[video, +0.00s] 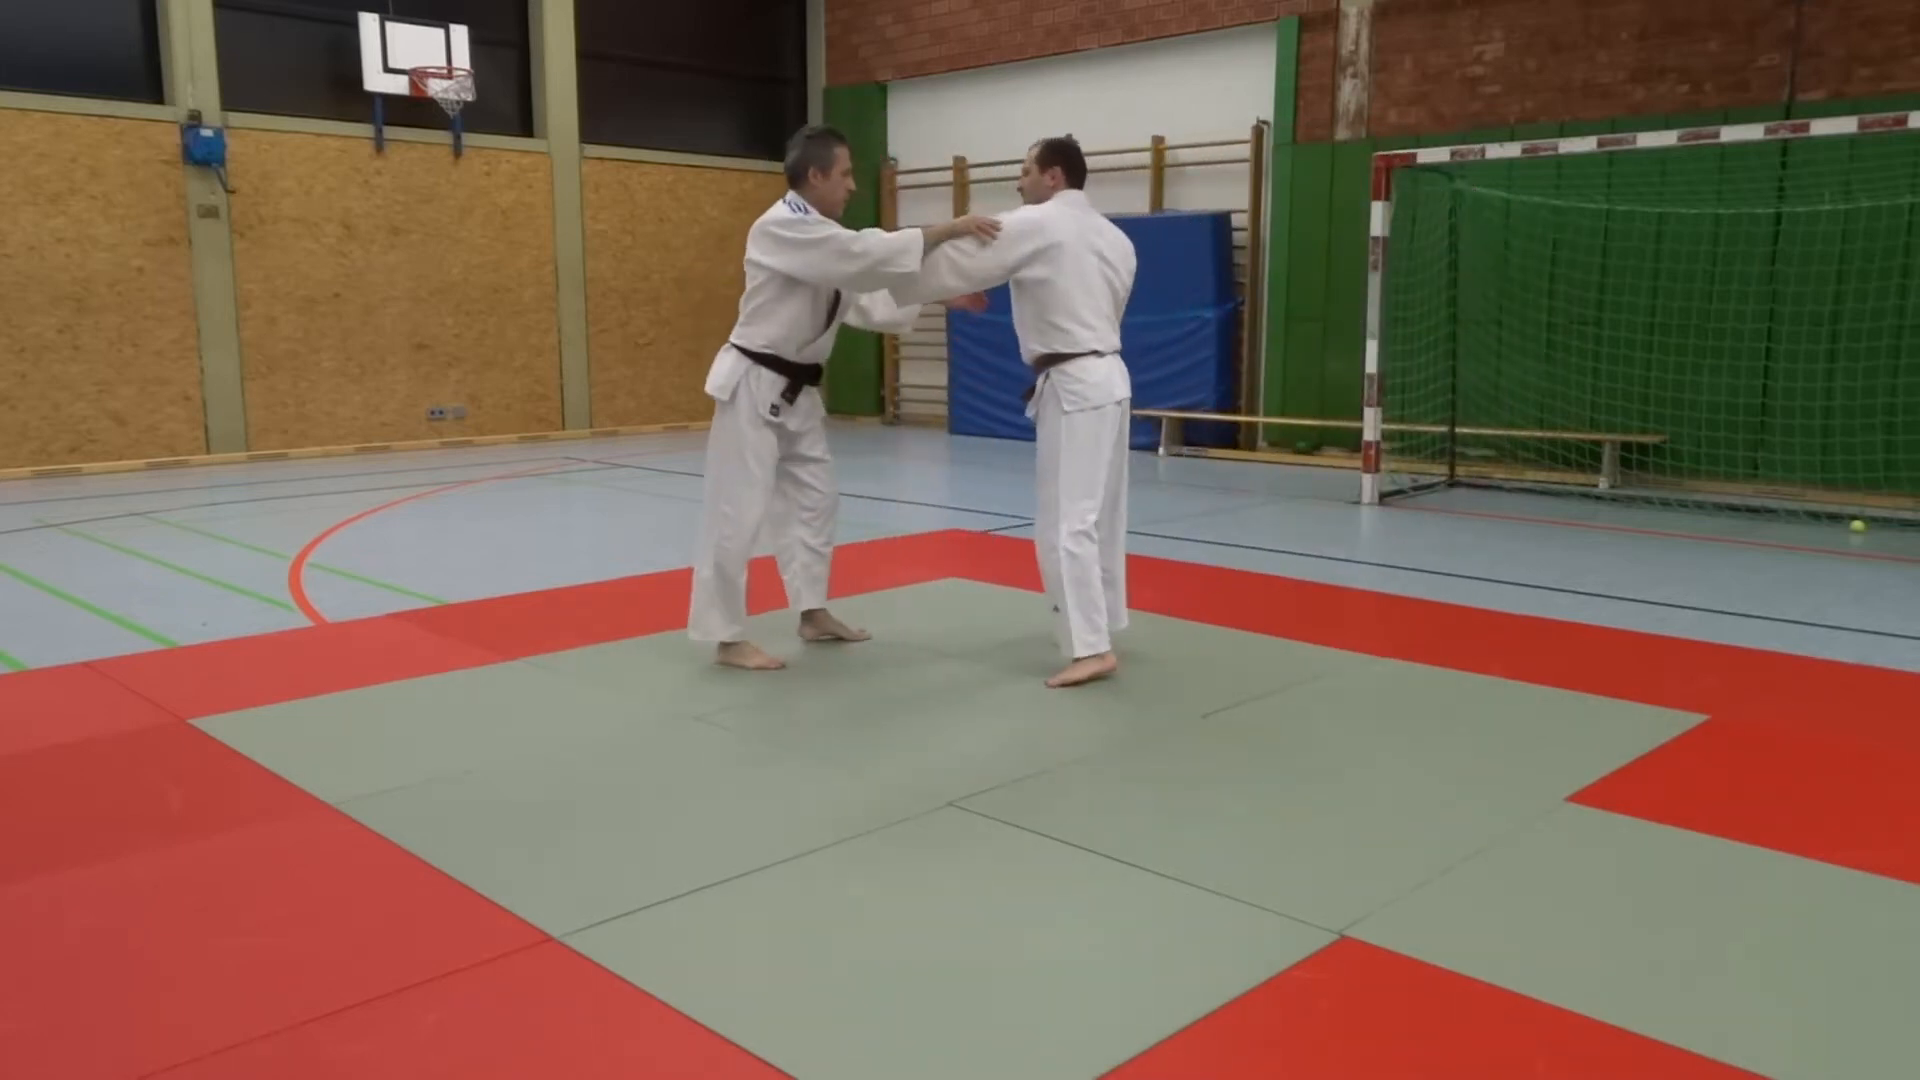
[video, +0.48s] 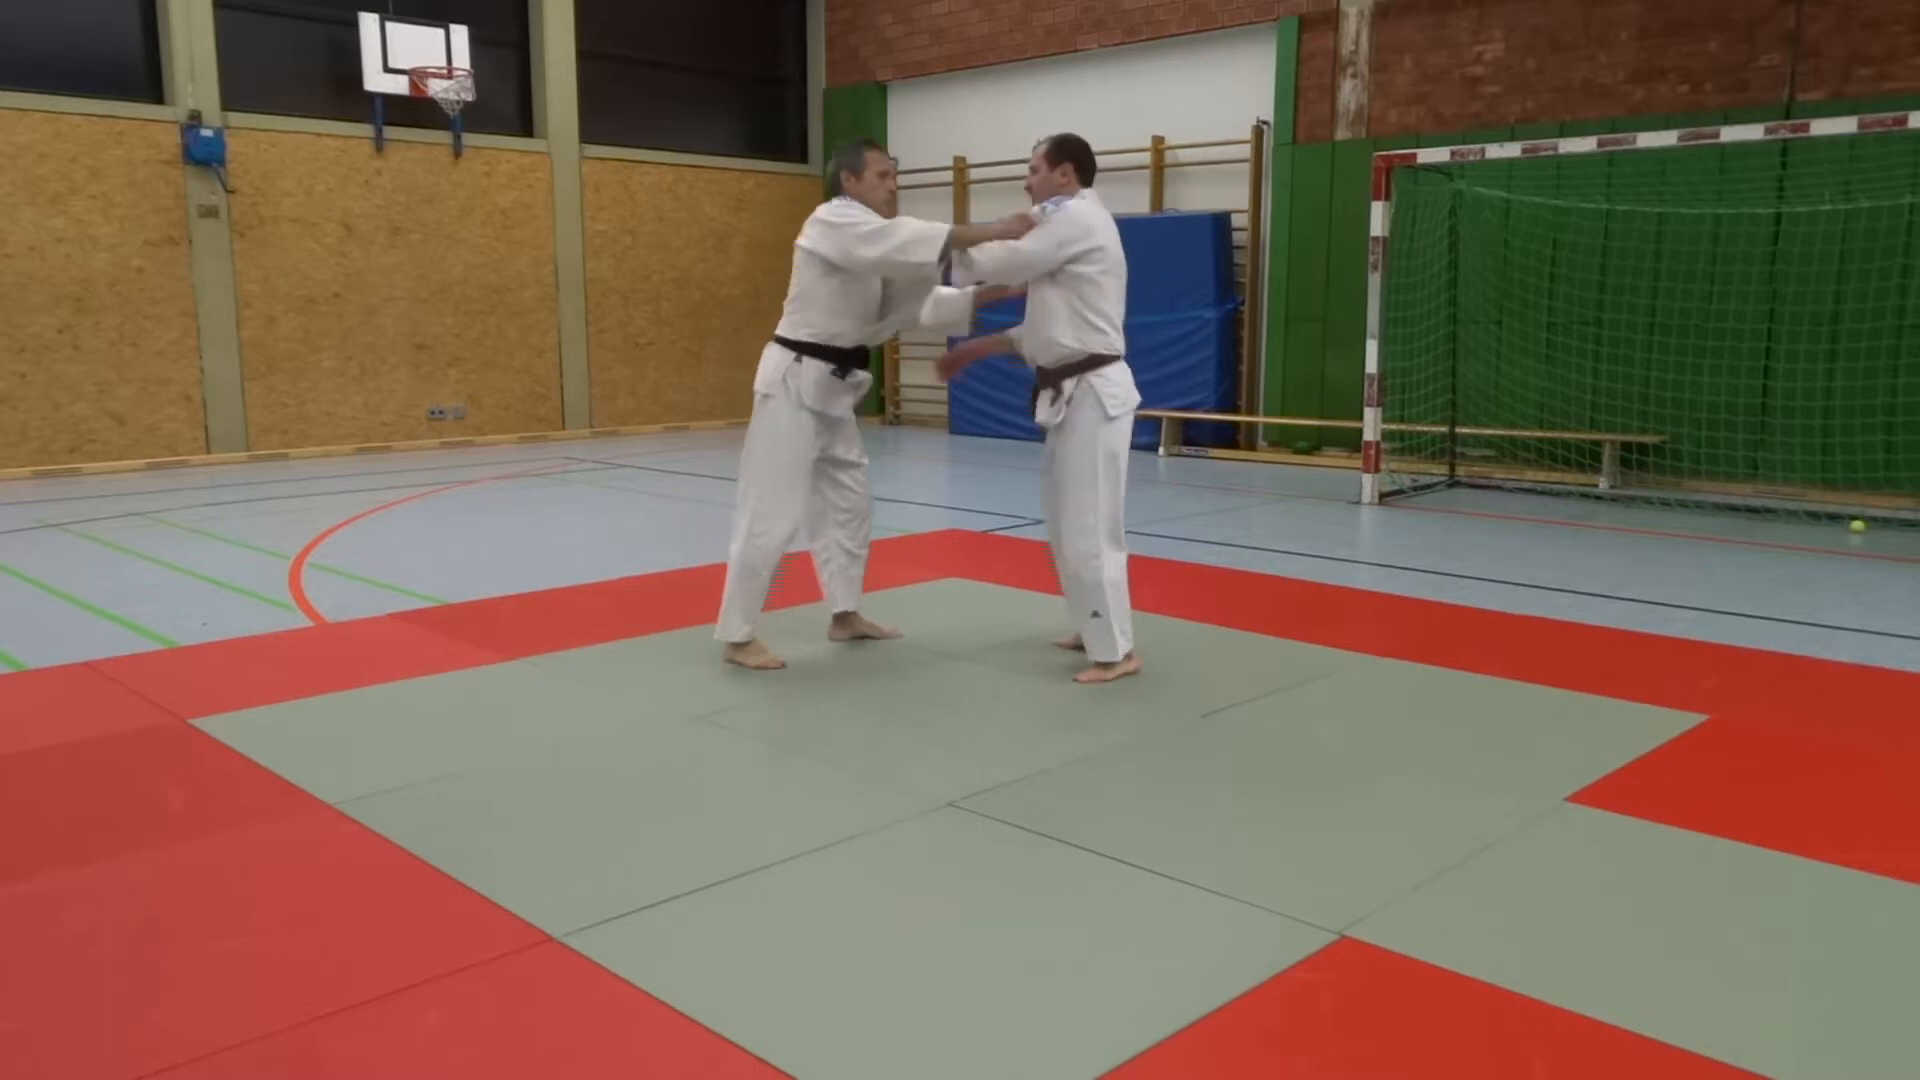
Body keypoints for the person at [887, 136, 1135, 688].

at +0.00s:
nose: (1020, 182)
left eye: (1027, 172)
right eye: (1022, 172)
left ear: (1055, 175)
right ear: (1070, 177)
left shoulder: (1036, 222)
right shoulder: (1116, 239)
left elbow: (955, 264)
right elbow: (1102, 317)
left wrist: (877, 276)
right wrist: (1051, 368)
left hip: (1073, 386)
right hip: (1113, 380)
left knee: (1067, 521)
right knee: (1105, 514)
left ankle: (1091, 650)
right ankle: (1108, 624)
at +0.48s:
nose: (1027, 179)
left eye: (1034, 170)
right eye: (1029, 170)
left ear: (1066, 174)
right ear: (1067, 176)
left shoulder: (1079, 218)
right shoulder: (1072, 224)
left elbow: (1012, 260)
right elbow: (1050, 328)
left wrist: (946, 252)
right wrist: (975, 349)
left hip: (1094, 393)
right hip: (1070, 393)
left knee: (1087, 525)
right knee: (1065, 520)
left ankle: (1115, 651)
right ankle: (1095, 628)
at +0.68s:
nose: (998, 192)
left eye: (1010, 184)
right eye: (997, 182)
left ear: (1044, 192)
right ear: (1000, 190)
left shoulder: (1075, 238)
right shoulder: (998, 253)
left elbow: (1028, 299)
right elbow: (971, 342)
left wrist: (962, 292)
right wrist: (895, 354)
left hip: (1082, 401)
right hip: (1024, 405)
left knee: (1107, 531)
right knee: (1000, 533)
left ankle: (1131, 653)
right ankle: (1041, 591)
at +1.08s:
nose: (971, 199)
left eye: (983, 190)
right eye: (965, 189)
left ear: (1012, 197)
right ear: (959, 195)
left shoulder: (1044, 251)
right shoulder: (946, 252)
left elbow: (1028, 312)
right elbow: (920, 306)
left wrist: (961, 295)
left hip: (1034, 403)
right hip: (972, 404)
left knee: (1062, 529)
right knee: (953, 539)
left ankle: (1103, 645)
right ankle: (966, 630)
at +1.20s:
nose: (968, 195)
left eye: (979, 185)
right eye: (963, 185)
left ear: (1013, 189)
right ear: (959, 188)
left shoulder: (1040, 245)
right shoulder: (951, 232)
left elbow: (1003, 308)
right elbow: (906, 272)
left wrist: (944, 281)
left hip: (1031, 400)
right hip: (971, 397)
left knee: (1062, 525)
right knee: (955, 527)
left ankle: (1099, 641)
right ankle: (966, 629)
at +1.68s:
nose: (995, 184)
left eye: (1007, 175)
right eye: (994, 174)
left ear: (1041, 183)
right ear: (998, 180)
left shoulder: (1049, 243)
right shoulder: (996, 233)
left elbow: (972, 289)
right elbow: (950, 238)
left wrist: (903, 269)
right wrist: (915, 222)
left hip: (1038, 398)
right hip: (983, 395)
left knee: (1055, 528)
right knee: (973, 521)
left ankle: (1091, 646)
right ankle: (976, 628)